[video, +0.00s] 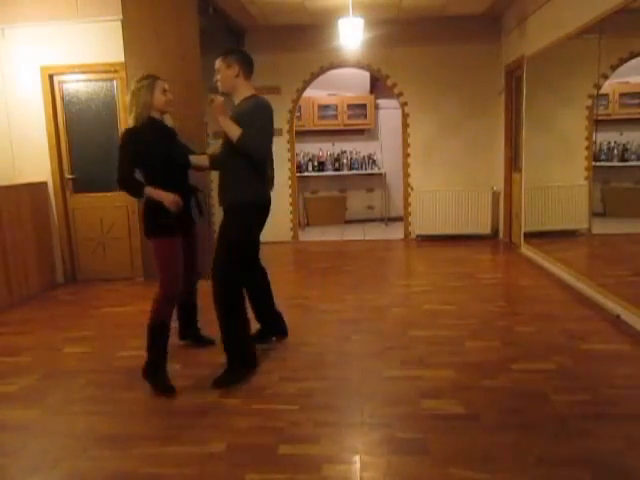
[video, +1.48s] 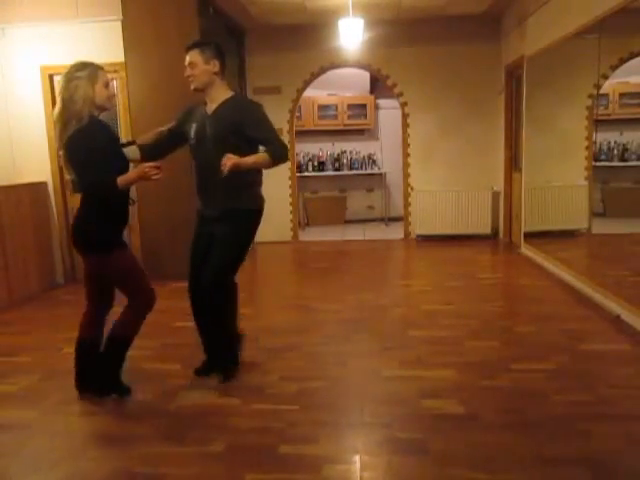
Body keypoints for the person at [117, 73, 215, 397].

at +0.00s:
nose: (170, 97)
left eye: (169, 91)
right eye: (163, 92)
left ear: (161, 97)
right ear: (146, 97)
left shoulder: (167, 131)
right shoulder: (135, 135)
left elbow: (181, 162)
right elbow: (125, 180)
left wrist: (214, 163)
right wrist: (159, 195)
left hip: (184, 212)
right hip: (161, 216)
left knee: (189, 275)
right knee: (170, 286)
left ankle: (189, 328)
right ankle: (155, 365)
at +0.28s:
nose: (144, 93)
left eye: (142, 88)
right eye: (137, 89)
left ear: (127, 94)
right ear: (119, 94)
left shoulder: (134, 129)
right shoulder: (121, 133)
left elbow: (164, 161)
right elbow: (129, 187)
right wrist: (158, 215)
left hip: (141, 225)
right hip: (127, 227)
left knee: (168, 290)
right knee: (137, 300)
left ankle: (115, 342)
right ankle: (145, 377)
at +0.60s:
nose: (126, 90)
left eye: (124, 84)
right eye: (119, 85)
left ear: (107, 90)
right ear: (100, 91)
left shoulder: (115, 128)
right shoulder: (98, 135)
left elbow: (136, 156)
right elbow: (103, 192)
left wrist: (168, 152)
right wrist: (127, 231)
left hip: (114, 227)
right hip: (108, 229)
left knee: (106, 302)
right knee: (155, 293)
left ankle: (86, 375)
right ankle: (148, 366)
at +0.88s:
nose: (124, 88)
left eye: (123, 83)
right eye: (118, 83)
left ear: (105, 87)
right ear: (98, 88)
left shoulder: (116, 125)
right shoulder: (87, 129)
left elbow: (132, 167)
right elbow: (75, 182)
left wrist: (167, 170)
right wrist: (120, 205)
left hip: (126, 221)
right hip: (108, 225)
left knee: (142, 294)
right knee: (141, 297)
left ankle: (101, 357)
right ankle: (128, 372)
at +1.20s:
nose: (117, 85)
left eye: (115, 79)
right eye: (110, 80)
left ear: (99, 86)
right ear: (91, 87)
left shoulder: (110, 126)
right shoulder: (89, 131)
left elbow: (127, 161)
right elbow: (87, 184)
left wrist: (168, 131)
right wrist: (132, 176)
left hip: (120, 222)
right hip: (102, 226)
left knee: (133, 298)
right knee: (119, 300)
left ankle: (100, 361)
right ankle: (126, 373)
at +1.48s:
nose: (111, 90)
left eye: (109, 84)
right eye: (105, 84)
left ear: (84, 92)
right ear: (86, 91)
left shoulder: (94, 130)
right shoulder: (88, 133)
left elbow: (107, 175)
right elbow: (98, 187)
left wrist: (143, 149)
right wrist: (133, 176)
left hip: (95, 230)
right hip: (100, 233)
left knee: (98, 303)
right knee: (142, 296)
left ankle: (88, 377)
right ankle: (106, 372)